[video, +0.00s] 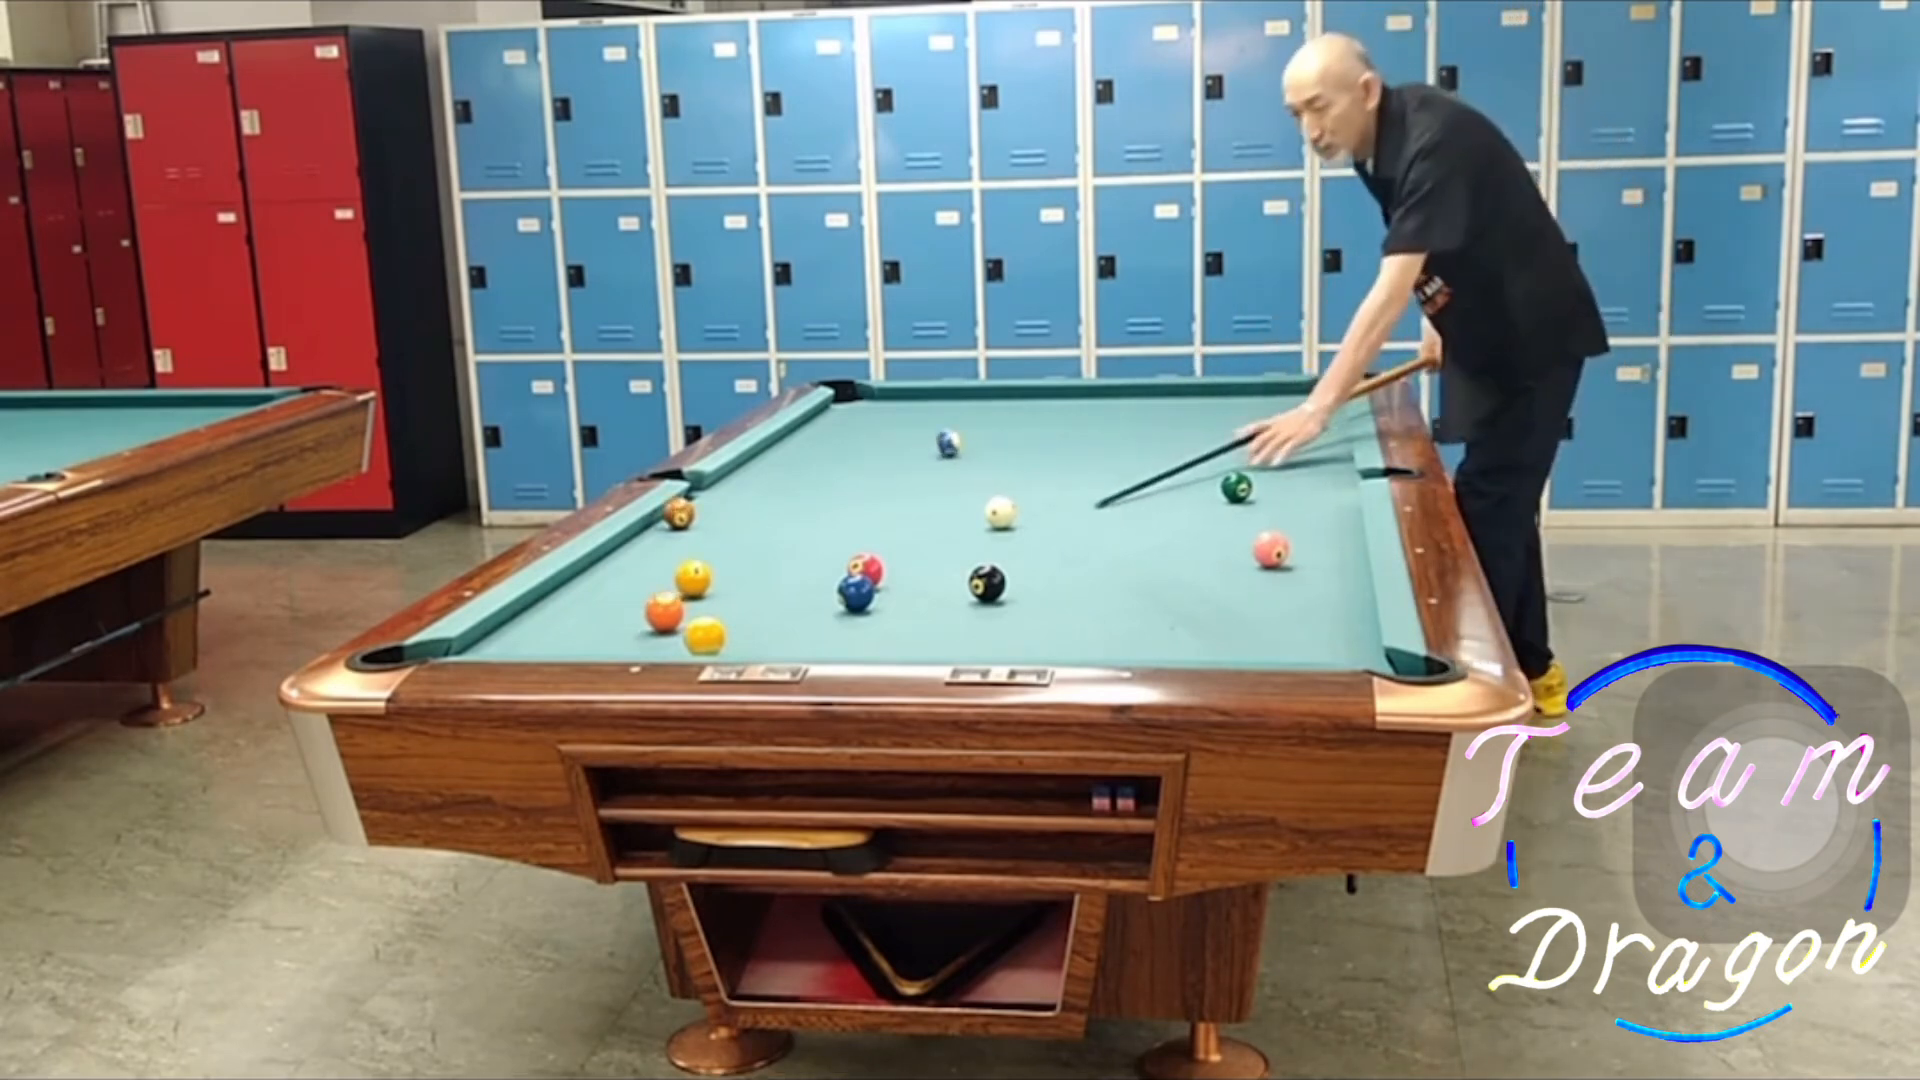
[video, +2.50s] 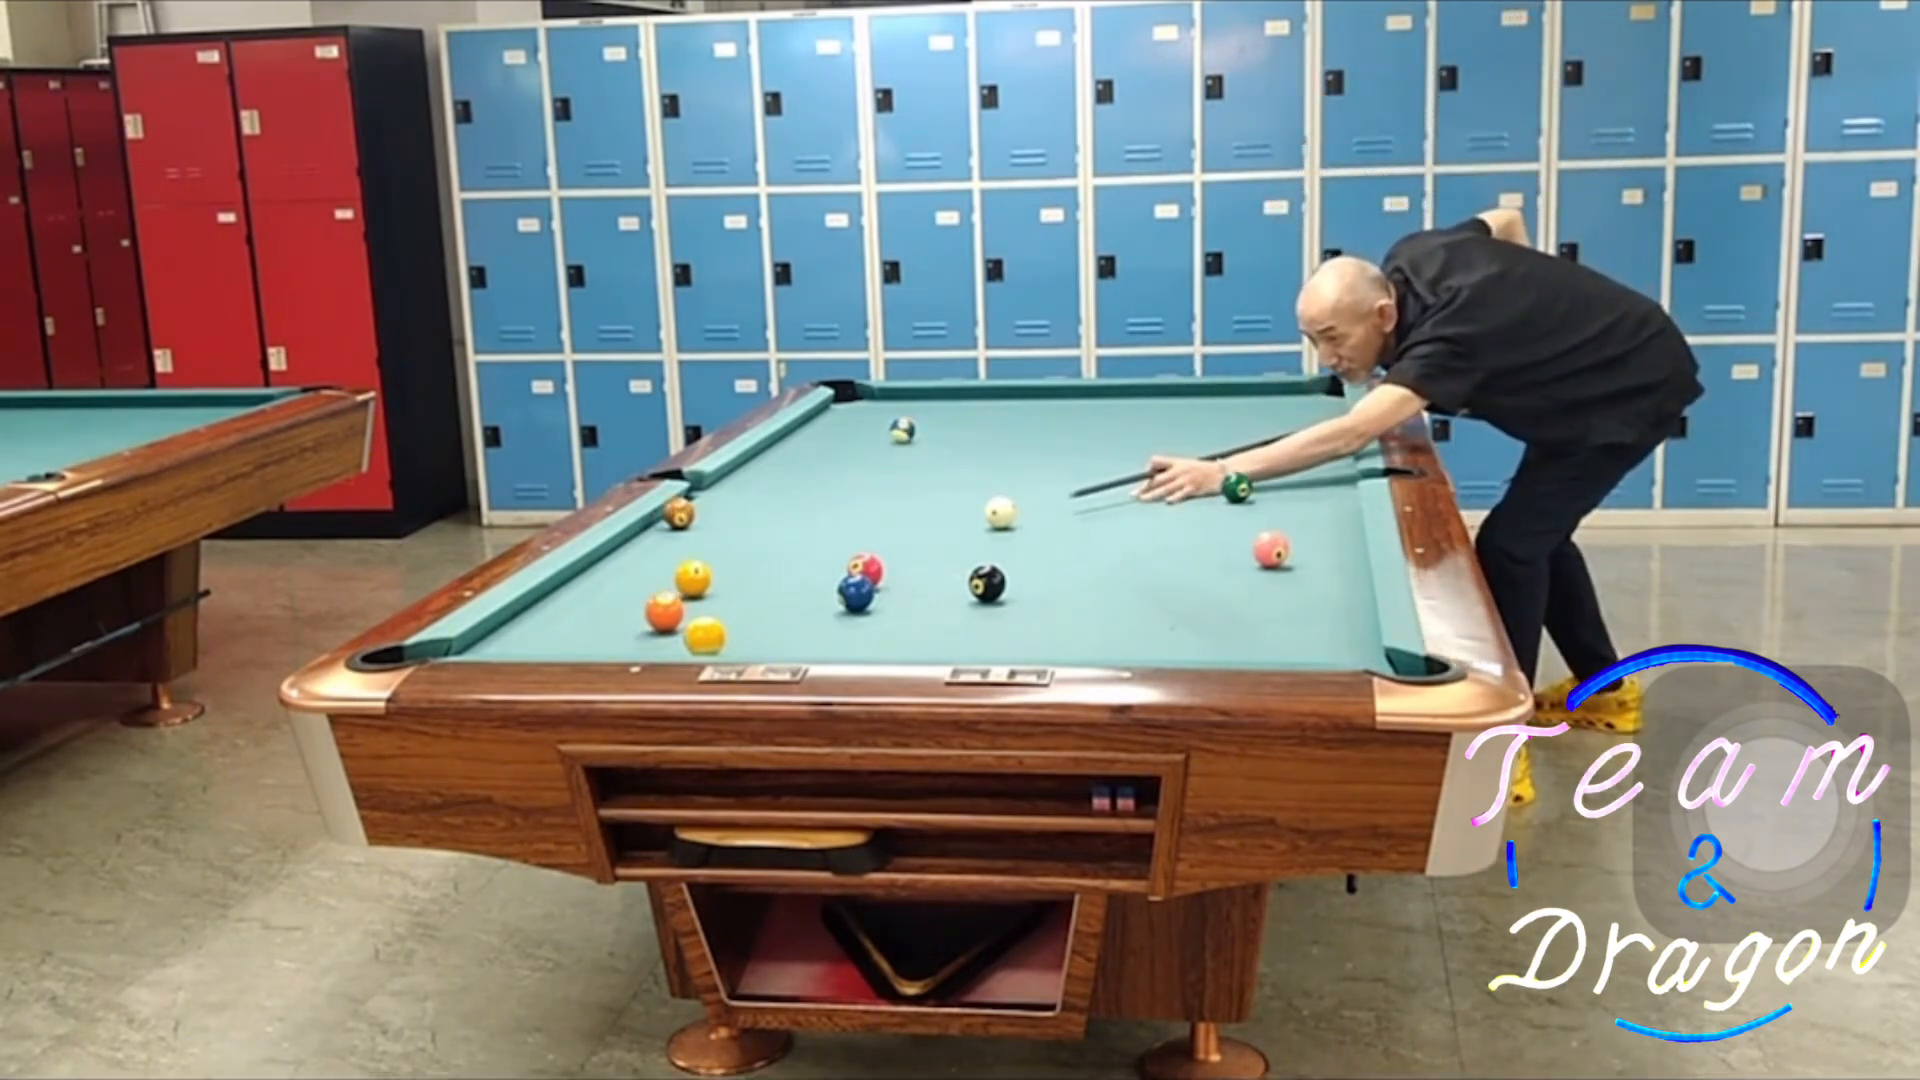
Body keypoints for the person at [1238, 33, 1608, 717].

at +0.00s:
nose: (1310, 131)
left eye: (1319, 109)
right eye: (1299, 116)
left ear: (1367, 89)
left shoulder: (1434, 141)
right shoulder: (1378, 142)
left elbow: (1393, 291)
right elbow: (1429, 235)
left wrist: (1316, 410)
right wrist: (1438, 325)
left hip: (1537, 337)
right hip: (1486, 338)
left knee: (1488, 502)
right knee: (1494, 503)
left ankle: (1525, 670)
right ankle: (1520, 666)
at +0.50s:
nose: (1301, 216)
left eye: (1307, 197)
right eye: (1293, 202)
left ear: (1357, 171)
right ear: (1354, 170)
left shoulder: (1425, 206)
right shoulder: (1395, 171)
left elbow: (1351, 356)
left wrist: (1253, 452)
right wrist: (1451, 318)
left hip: (1563, 355)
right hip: (1519, 353)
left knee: (1502, 536)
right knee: (1492, 525)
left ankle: (1521, 689)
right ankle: (1527, 668)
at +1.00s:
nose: (1314, 300)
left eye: (1320, 281)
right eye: (1305, 284)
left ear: (1371, 256)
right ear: (1367, 247)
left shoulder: (1435, 287)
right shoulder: (1411, 219)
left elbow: (1336, 400)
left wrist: (1221, 467)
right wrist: (1475, 351)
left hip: (1610, 366)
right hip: (1619, 338)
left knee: (1504, 545)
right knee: (1557, 531)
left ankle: (1508, 716)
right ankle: (1607, 692)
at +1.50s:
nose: (1319, 335)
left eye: (1327, 319)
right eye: (1310, 320)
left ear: (1381, 296)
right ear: (1372, 284)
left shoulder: (1441, 326)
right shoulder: (1417, 244)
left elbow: (1344, 415)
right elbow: (1500, 223)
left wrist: (1221, 469)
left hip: (1636, 374)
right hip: (1628, 347)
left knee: (1509, 542)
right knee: (1545, 531)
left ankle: (1509, 710)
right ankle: (1607, 691)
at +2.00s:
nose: (1323, 351)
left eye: (1330, 334)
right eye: (1315, 336)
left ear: (1382, 309)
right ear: (1374, 295)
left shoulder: (1444, 338)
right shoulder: (1415, 253)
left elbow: (1344, 430)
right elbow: (1504, 219)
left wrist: (1220, 471)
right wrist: (1506, 315)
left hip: (1634, 380)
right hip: (1618, 353)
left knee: (1508, 543)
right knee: (1539, 535)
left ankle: (1510, 708)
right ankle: (1606, 691)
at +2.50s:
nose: (1323, 355)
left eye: (1331, 339)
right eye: (1316, 340)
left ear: (1383, 313)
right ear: (1373, 301)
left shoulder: (1445, 339)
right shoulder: (1415, 256)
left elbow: (1350, 433)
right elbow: (1505, 220)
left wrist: (1219, 471)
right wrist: (1519, 319)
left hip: (1634, 381)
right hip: (1617, 355)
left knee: (1509, 543)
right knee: (1539, 535)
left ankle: (1509, 708)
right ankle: (1606, 691)